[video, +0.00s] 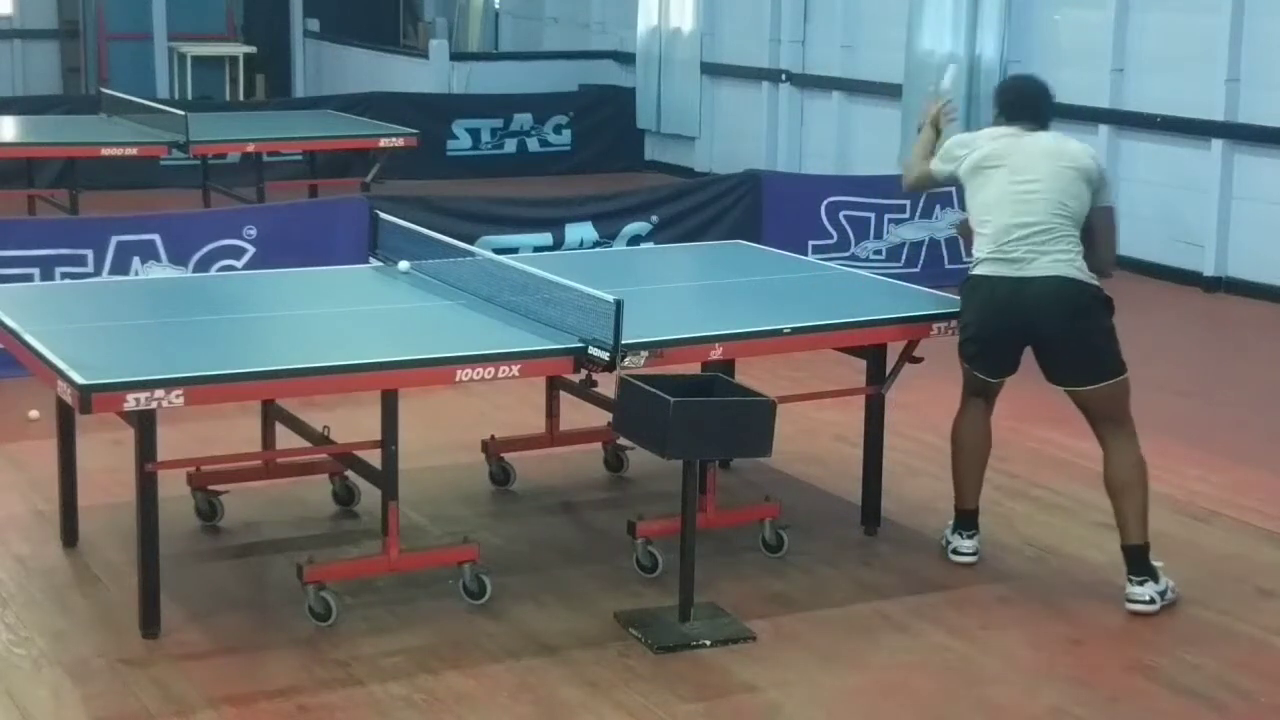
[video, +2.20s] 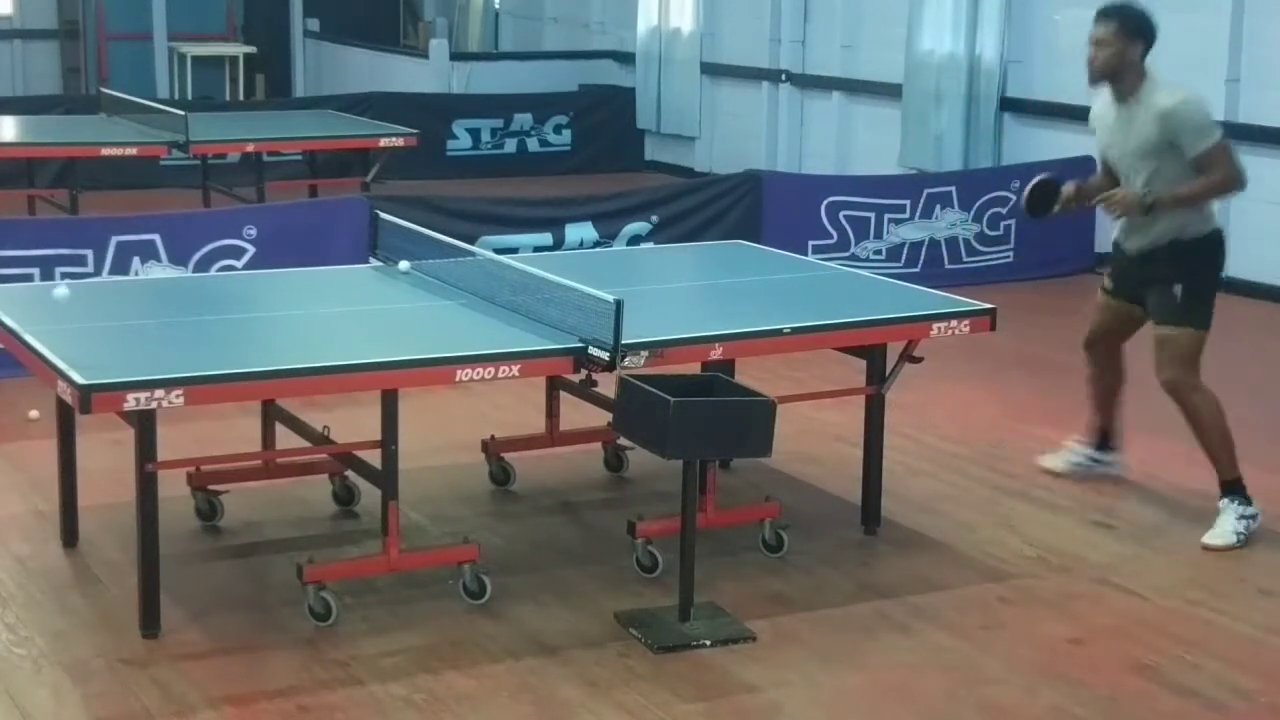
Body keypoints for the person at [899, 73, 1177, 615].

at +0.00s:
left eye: (1001, 108)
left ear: (999, 114)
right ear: (1050, 116)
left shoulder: (972, 147)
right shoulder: (1083, 157)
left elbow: (913, 179)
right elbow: (1103, 262)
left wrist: (929, 131)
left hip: (991, 296)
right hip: (1068, 300)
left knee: (976, 401)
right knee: (1116, 431)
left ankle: (964, 531)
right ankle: (1141, 577)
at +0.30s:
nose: (1059, 95)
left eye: (1062, 87)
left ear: (1065, 94)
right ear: (1119, 103)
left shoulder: (1025, 132)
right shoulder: (1139, 145)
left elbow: (931, 184)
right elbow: (1168, 224)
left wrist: (868, 192)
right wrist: (1127, 250)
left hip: (1019, 286)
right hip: (1095, 296)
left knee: (991, 396)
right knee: (1132, 428)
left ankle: (965, 529)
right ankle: (1142, 577)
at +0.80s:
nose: (993, 135)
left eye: (998, 124)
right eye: (996, 124)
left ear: (1018, 129)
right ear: (1052, 135)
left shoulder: (1021, 168)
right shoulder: (1086, 174)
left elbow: (988, 227)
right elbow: (1101, 252)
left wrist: (887, 243)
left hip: (1076, 324)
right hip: (1141, 327)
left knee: (989, 409)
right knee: (1122, 450)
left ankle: (1031, 544)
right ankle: (1151, 542)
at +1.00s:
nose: (982, 78)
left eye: (993, 69)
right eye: (985, 68)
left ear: (1026, 79)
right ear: (1015, 80)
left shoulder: (1055, 126)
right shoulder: (1025, 134)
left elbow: (1088, 202)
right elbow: (1055, 207)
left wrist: (1016, 201)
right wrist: (996, 203)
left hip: (1099, 277)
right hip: (1083, 276)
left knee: (1015, 397)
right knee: (1044, 398)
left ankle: (1032, 542)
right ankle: (1144, 470)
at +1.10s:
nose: (995, 53)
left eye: (1007, 44)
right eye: (995, 44)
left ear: (1041, 53)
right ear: (1007, 54)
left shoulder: (1081, 108)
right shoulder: (1011, 114)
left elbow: (1123, 191)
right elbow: (1020, 175)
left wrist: (1057, 195)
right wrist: (978, 191)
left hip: (1106, 254)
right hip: (1060, 257)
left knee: (1065, 380)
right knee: (1023, 358)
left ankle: (1062, 522)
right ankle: (1114, 448)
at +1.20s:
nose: (1010, 66)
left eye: (1021, 57)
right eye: (1009, 57)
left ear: (1055, 62)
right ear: (1016, 62)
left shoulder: (1100, 118)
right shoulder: (1014, 122)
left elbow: (1143, 198)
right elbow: (1017, 187)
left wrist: (1080, 207)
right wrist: (986, 200)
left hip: (1103, 263)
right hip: (1046, 262)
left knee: (1083, 377)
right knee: (1013, 348)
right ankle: (1037, 440)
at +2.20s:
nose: (1092, 53)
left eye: (1103, 45)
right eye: (1091, 43)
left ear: (1135, 51)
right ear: (1100, 50)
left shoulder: (1176, 108)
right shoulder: (1103, 110)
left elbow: (1229, 176)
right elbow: (1113, 179)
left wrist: (1151, 200)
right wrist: (1075, 194)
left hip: (1189, 249)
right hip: (1136, 248)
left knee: (1176, 375)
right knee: (1099, 341)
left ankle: (1237, 501)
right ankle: (1103, 448)